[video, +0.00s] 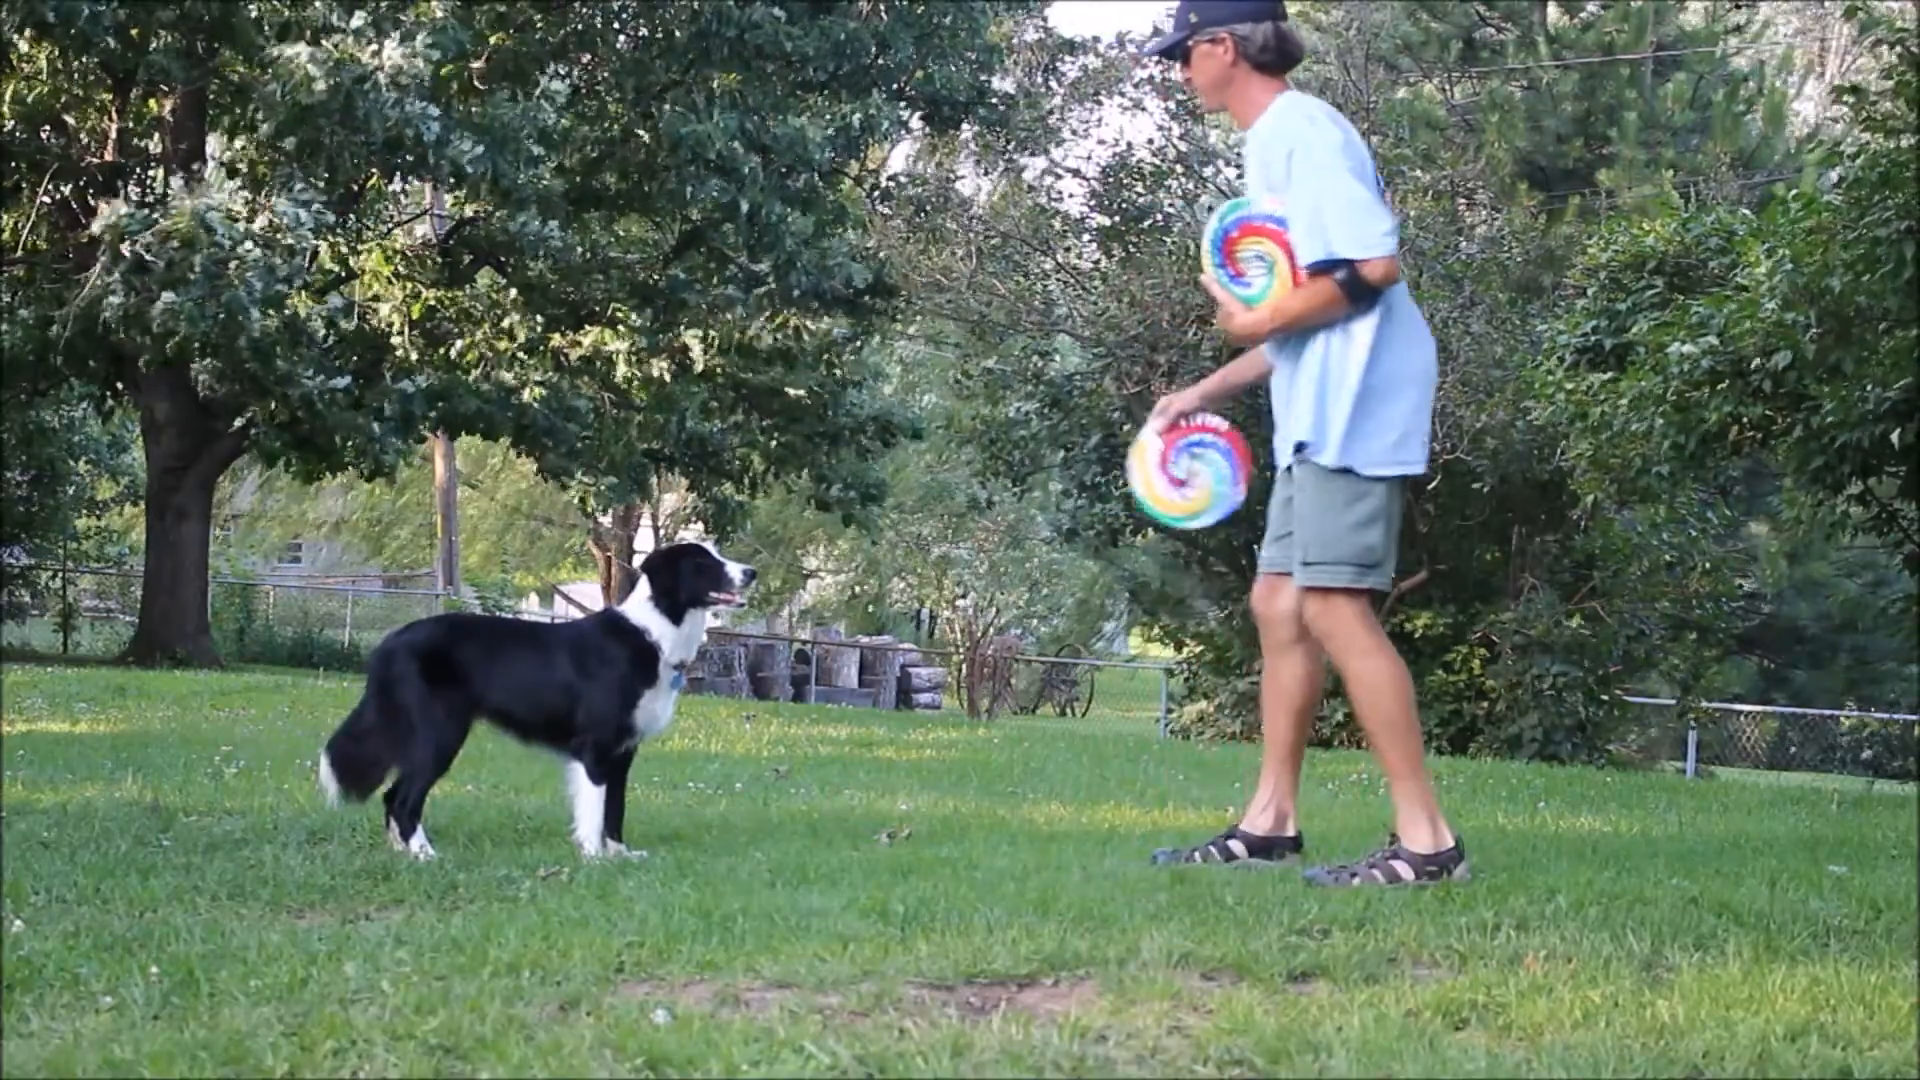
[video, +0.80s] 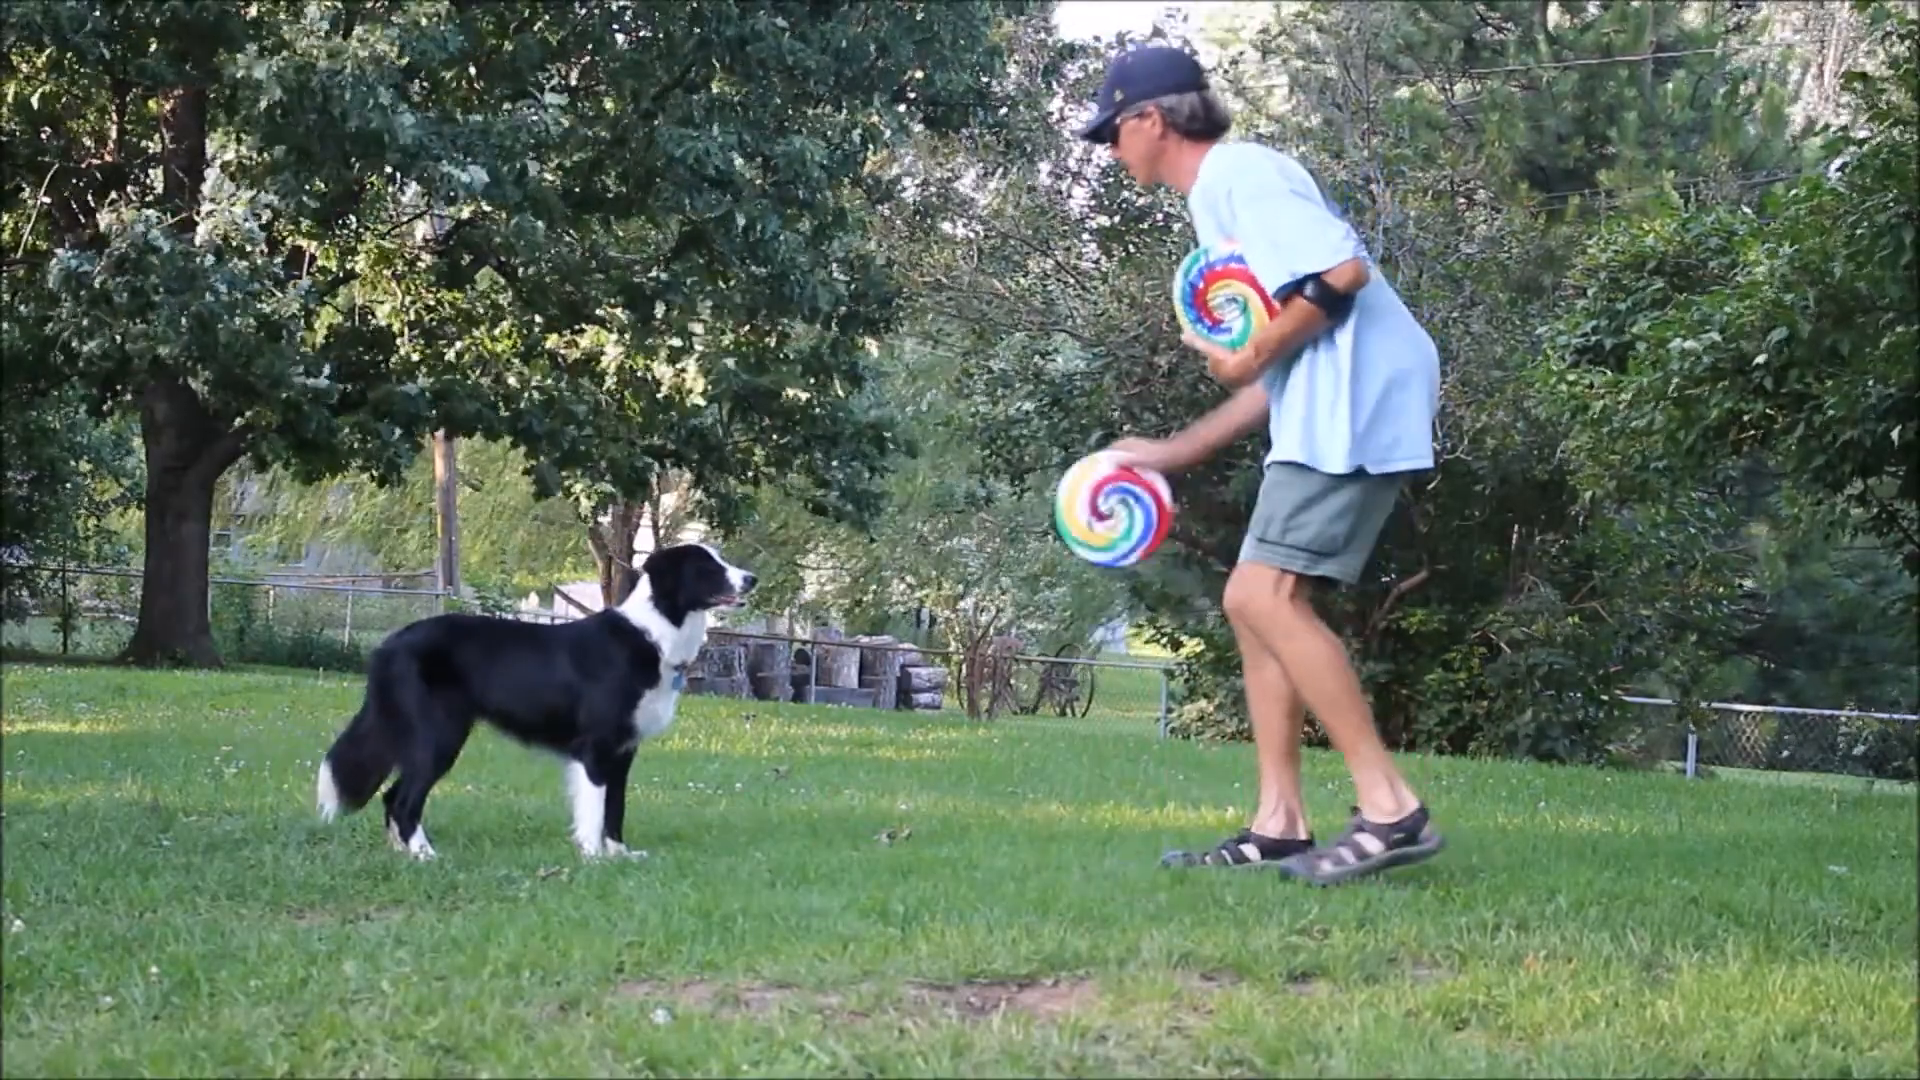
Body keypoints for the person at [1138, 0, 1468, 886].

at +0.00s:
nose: (1183, 72)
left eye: (1188, 53)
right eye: (1182, 57)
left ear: (1229, 50)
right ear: (1235, 51)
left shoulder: (1302, 128)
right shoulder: (1270, 146)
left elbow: (1373, 264)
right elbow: (1302, 319)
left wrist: (1259, 320)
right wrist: (1198, 394)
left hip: (1360, 411)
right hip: (1319, 413)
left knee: (1333, 607)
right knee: (1277, 601)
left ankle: (1426, 840)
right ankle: (1270, 822)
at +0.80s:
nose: (1113, 152)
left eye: (1115, 132)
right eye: (1110, 135)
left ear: (1153, 121)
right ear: (1159, 121)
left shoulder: (1235, 172)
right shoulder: (1215, 204)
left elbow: (1340, 271)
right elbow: (1274, 379)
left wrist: (1251, 357)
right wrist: (1172, 451)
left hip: (1363, 403)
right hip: (1329, 411)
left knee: (1267, 595)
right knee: (1248, 602)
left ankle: (1391, 812)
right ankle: (1279, 825)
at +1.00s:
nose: (1107, 161)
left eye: (1109, 142)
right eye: (1104, 146)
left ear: (1148, 131)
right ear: (1153, 132)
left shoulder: (1233, 183)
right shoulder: (1216, 201)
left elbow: (1341, 276)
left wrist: (1258, 366)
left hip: (1350, 421)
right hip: (1320, 422)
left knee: (1257, 606)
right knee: (1236, 606)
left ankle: (1334, 841)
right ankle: (1277, 826)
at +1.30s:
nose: (1115, 133)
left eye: (1118, 112)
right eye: (1112, 116)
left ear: (1157, 102)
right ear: (1166, 101)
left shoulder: (1237, 174)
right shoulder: (1241, 167)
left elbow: (1331, 288)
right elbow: (1339, 289)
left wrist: (1240, 361)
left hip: (1353, 401)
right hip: (1341, 397)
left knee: (1263, 601)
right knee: (1249, 598)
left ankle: (1336, 844)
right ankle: (1279, 825)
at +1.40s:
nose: (1118, 131)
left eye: (1121, 111)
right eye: (1115, 114)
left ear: (1162, 100)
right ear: (1167, 99)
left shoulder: (1242, 171)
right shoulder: (1227, 175)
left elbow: (1340, 286)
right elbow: (1316, 288)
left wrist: (1246, 362)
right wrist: (1240, 341)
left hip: (1355, 405)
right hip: (1324, 403)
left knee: (1262, 603)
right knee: (1230, 590)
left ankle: (1337, 845)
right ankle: (1282, 819)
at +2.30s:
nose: (1214, 151)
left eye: (1220, 131)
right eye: (1211, 135)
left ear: (1266, 122)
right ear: (1263, 124)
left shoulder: (1362, 188)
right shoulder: (1318, 219)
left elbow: (1472, 301)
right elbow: (1356, 375)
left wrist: (1366, 382)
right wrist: (1275, 454)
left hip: (1467, 435)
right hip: (1423, 436)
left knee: (1363, 615)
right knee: (1329, 604)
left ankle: (1469, 847)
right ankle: (1303, 832)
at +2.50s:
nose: (1289, 109)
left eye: (1292, 90)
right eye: (1287, 92)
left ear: (1328, 86)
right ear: (1354, 85)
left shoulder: (1408, 159)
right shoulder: (1397, 167)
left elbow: (1504, 289)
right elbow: (1460, 321)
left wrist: (1401, 359)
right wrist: (1366, 410)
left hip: (1518, 404)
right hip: (1496, 404)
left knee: (1419, 600)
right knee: (1399, 598)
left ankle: (1472, 849)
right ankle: (1347, 819)